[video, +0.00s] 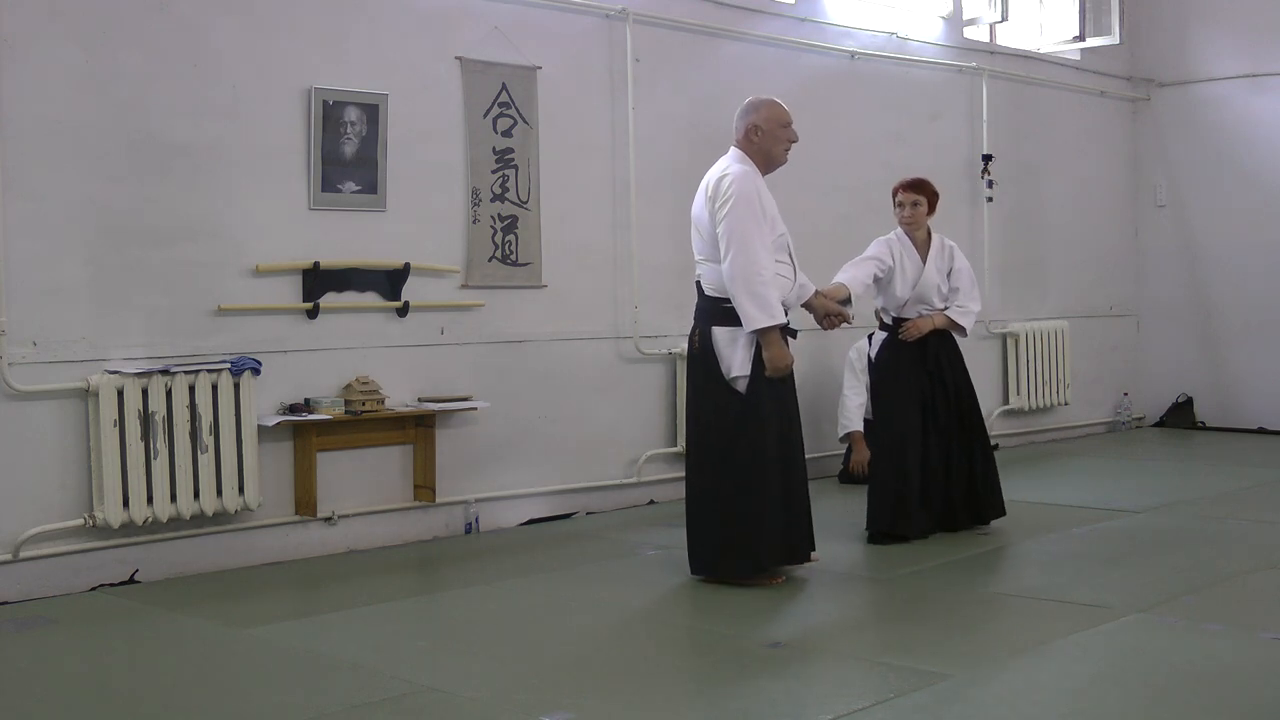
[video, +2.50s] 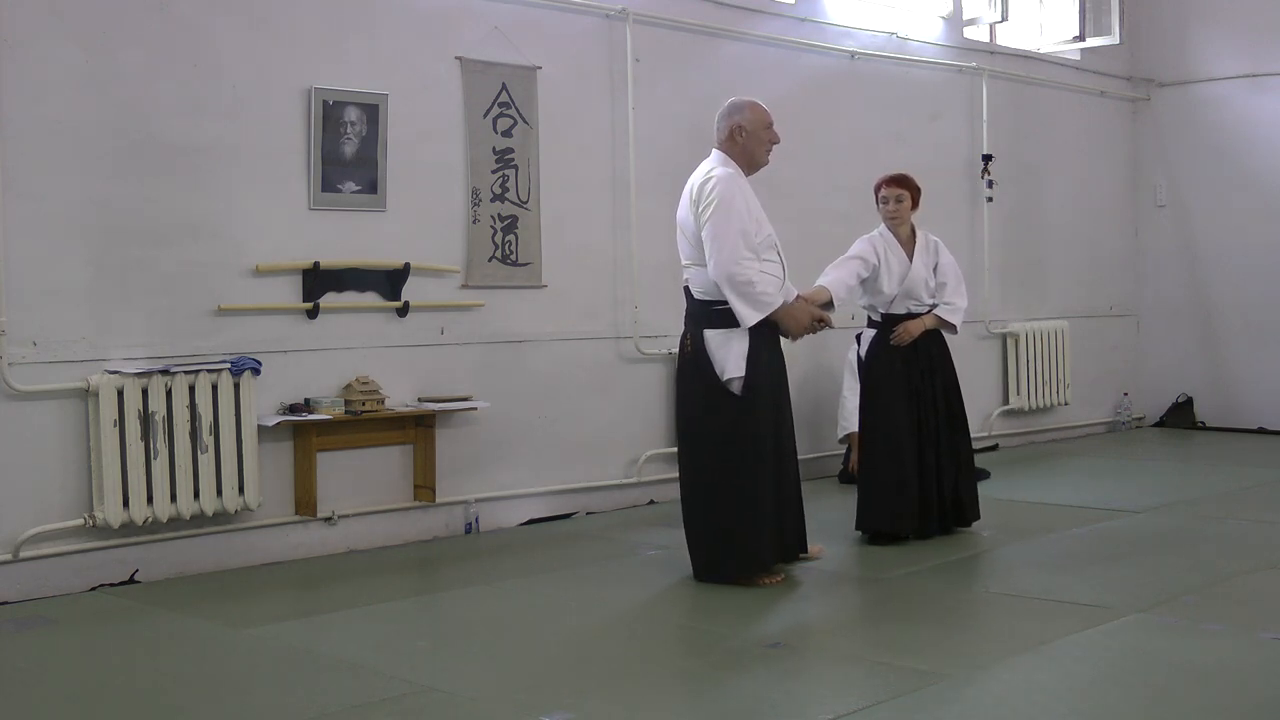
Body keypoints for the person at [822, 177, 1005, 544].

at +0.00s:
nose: (907, 212)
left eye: (915, 205)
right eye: (900, 206)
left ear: (930, 209)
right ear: (894, 211)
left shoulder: (948, 251)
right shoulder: (888, 247)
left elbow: (966, 306)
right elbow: (860, 271)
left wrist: (931, 322)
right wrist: (831, 295)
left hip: (940, 346)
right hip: (898, 347)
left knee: (952, 425)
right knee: (901, 431)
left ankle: (959, 512)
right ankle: (901, 520)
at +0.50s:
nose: (902, 211)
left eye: (910, 204)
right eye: (895, 205)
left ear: (925, 207)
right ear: (889, 209)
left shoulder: (942, 249)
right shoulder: (882, 246)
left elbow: (961, 302)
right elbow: (855, 272)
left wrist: (928, 321)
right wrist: (830, 297)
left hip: (934, 344)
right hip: (893, 346)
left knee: (943, 425)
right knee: (897, 431)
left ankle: (947, 513)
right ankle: (896, 519)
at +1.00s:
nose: (898, 209)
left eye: (906, 202)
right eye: (891, 203)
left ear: (921, 207)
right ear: (885, 208)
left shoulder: (938, 250)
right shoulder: (877, 247)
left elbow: (958, 306)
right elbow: (850, 279)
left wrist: (924, 325)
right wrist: (822, 303)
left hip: (931, 346)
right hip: (888, 347)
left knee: (939, 427)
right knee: (895, 433)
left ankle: (945, 515)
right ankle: (895, 520)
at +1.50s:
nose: (898, 206)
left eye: (905, 199)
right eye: (891, 200)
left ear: (920, 203)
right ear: (884, 206)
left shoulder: (939, 246)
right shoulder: (876, 245)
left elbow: (959, 299)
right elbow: (848, 275)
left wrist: (925, 322)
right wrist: (820, 302)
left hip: (931, 344)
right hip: (889, 346)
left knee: (938, 427)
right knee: (892, 432)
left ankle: (940, 516)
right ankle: (890, 521)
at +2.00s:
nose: (894, 206)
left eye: (902, 199)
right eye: (887, 200)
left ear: (917, 204)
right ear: (880, 206)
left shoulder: (935, 246)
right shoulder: (873, 246)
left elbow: (956, 299)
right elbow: (844, 275)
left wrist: (923, 323)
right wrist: (812, 300)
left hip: (929, 344)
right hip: (887, 346)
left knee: (938, 427)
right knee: (892, 432)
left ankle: (943, 515)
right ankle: (893, 521)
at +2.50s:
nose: (892, 208)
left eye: (899, 200)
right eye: (884, 202)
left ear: (914, 204)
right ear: (878, 207)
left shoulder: (932, 246)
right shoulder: (871, 247)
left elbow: (954, 299)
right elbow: (843, 275)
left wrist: (922, 323)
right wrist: (810, 299)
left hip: (928, 344)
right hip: (886, 347)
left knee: (936, 427)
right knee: (891, 432)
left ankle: (940, 514)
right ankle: (892, 520)